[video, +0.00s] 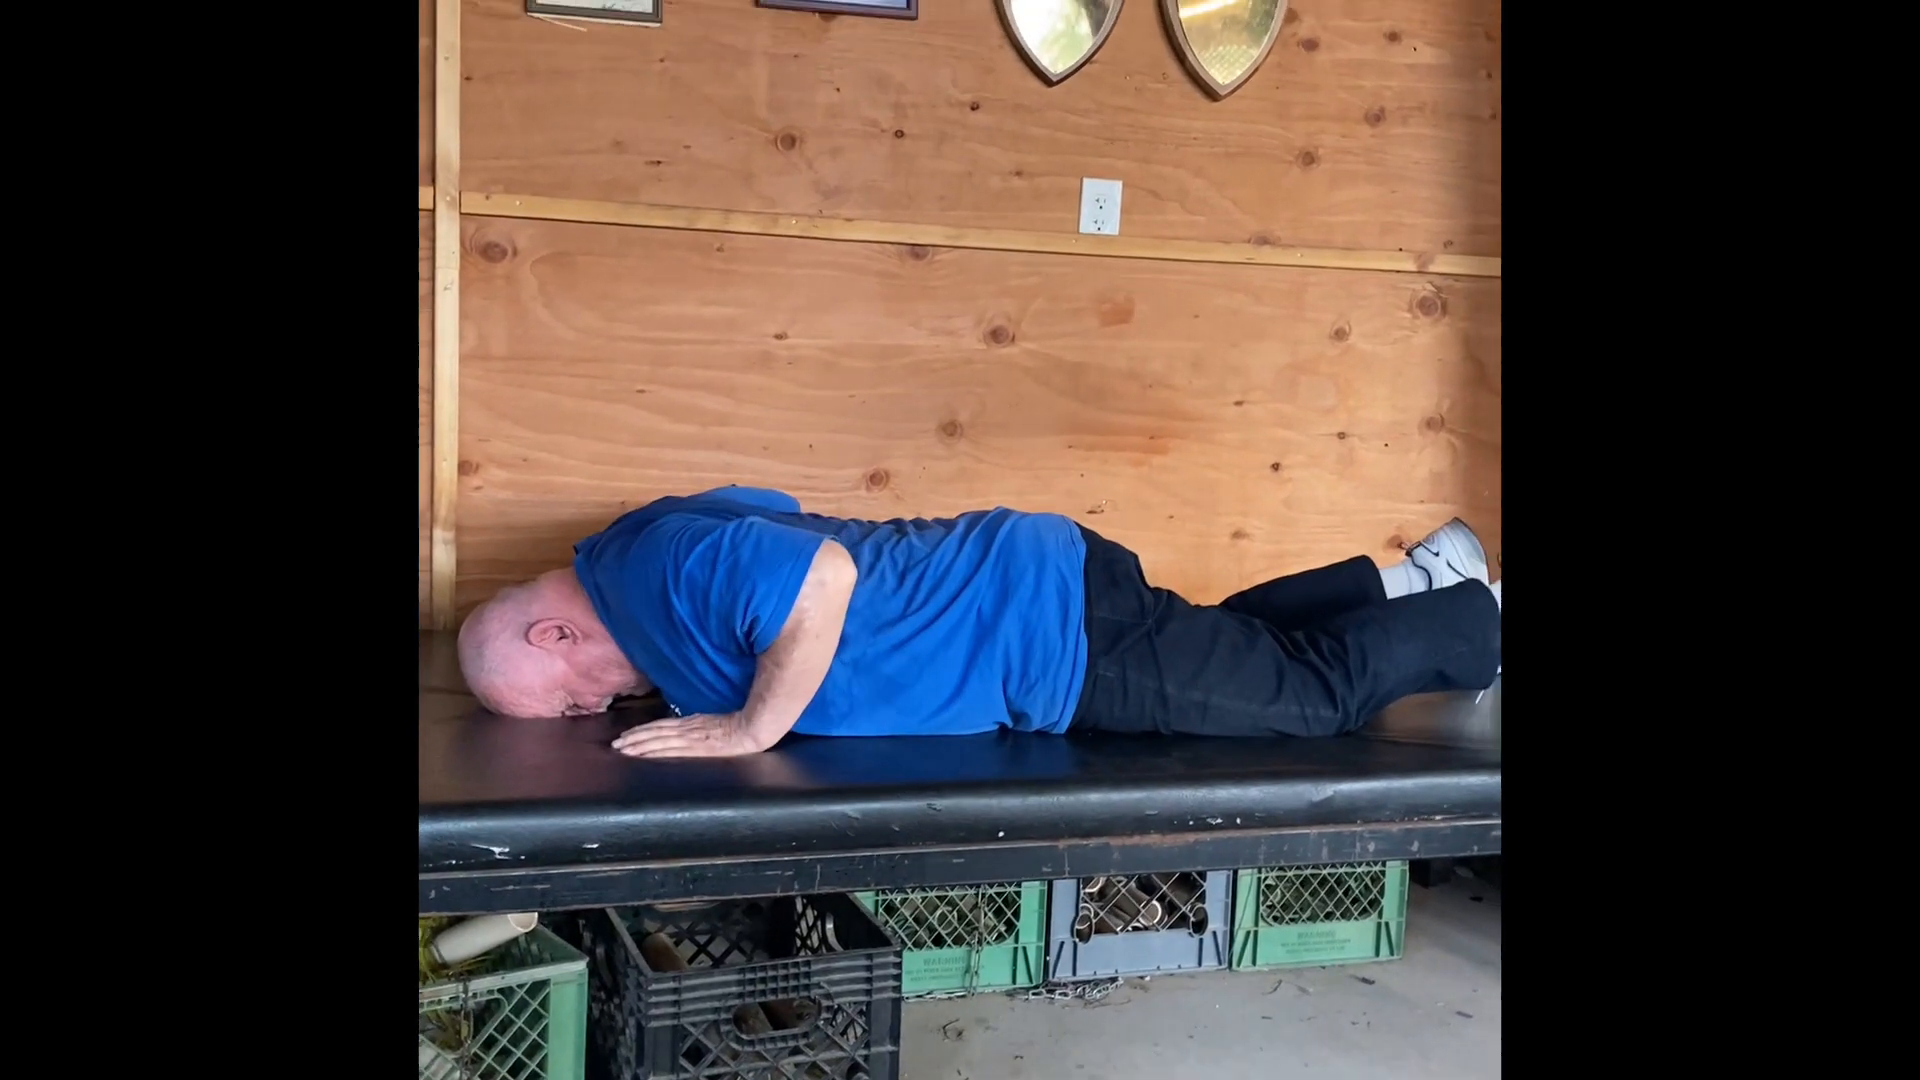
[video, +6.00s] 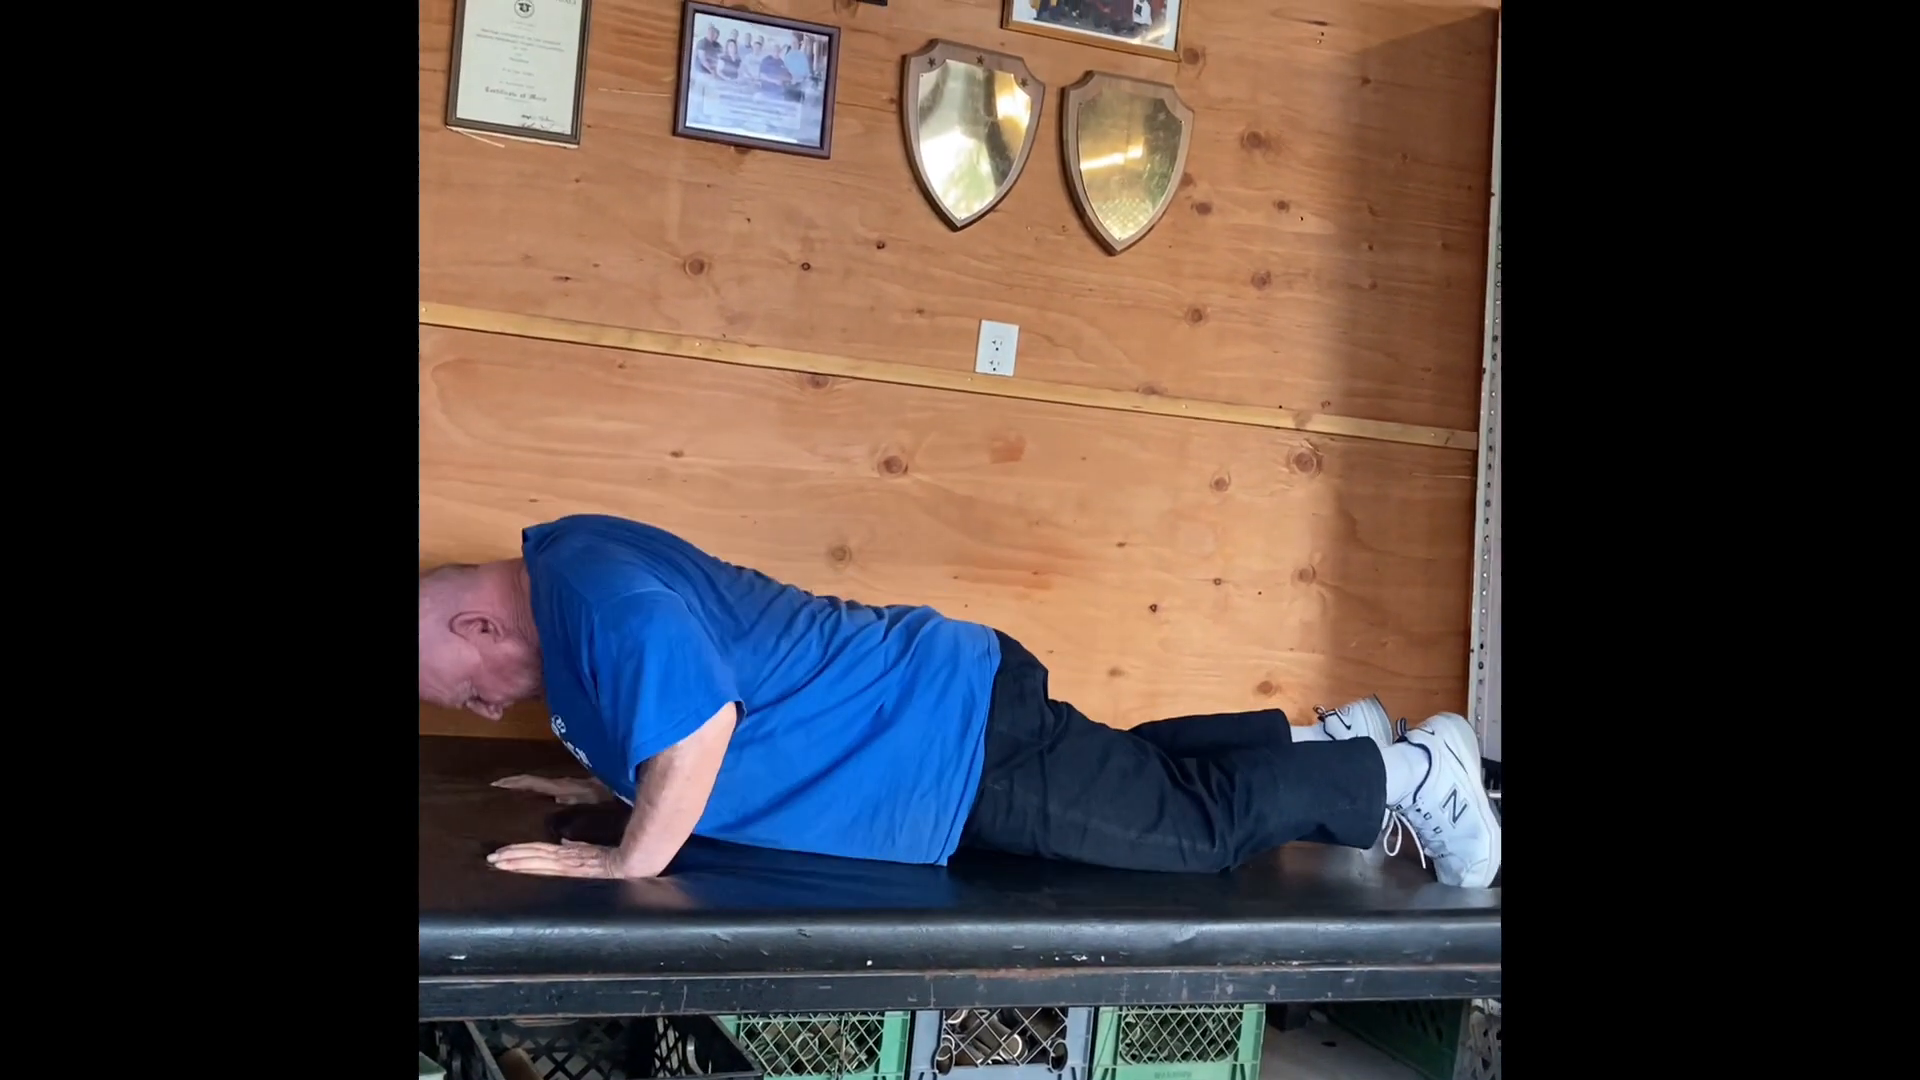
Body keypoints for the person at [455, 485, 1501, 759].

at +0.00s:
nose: (586, 710)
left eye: (558, 701)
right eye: (561, 707)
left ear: (546, 635)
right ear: (548, 627)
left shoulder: (657, 567)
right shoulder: (640, 580)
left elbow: (826, 574)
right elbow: (819, 550)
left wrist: (750, 728)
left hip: (1052, 624)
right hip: (1030, 626)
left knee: (1315, 689)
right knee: (1245, 662)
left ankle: (1481, 622)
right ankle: (1420, 572)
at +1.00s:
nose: (606, 552)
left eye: (584, 538)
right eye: (580, 551)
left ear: (581, 480)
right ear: (580, 479)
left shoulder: (711, 474)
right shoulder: (680, 441)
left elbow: (816, 616)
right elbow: (774, 591)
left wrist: (761, 768)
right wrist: (738, 705)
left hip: (1079, 587)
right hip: (1056, 567)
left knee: (1313, 693)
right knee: (1282, 653)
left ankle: (1483, 648)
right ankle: (1452, 607)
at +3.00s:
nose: (561, 644)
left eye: (541, 634)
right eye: (542, 642)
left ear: (543, 574)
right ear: (539, 560)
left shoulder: (661, 534)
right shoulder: (611, 513)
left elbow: (781, 636)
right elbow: (716, 635)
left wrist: (714, 772)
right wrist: (663, 690)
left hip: (1041, 634)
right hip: (1014, 615)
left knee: (1277, 726)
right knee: (1221, 666)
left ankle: (1463, 668)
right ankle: (1409, 626)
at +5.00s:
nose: (490, 689)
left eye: (471, 676)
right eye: (473, 687)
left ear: (472, 615)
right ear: (476, 617)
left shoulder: (604, 580)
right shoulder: (554, 580)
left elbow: (703, 710)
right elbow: (675, 702)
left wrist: (639, 841)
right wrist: (610, 781)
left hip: (956, 698)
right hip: (925, 733)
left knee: (1194, 796)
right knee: (1152, 757)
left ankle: (1410, 744)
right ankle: (1339, 713)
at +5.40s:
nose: (520, 559)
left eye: (506, 542)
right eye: (503, 548)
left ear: (519, 486)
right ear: (523, 466)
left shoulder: (653, 505)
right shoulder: (624, 484)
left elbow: (679, 704)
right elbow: (657, 673)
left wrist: (638, 850)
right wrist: (618, 782)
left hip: (980, 643)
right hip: (953, 647)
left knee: (1198, 765)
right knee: (1166, 731)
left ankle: (1428, 754)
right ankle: (1360, 728)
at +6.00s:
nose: (478, 701)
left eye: (460, 683)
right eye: (461, 695)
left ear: (471, 620)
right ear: (475, 626)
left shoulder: (603, 593)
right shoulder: (558, 608)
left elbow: (694, 737)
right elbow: (674, 726)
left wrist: (625, 867)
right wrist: (601, 787)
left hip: (954, 723)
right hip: (922, 766)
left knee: (1186, 824)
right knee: (1142, 783)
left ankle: (1408, 775)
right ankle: (1341, 738)